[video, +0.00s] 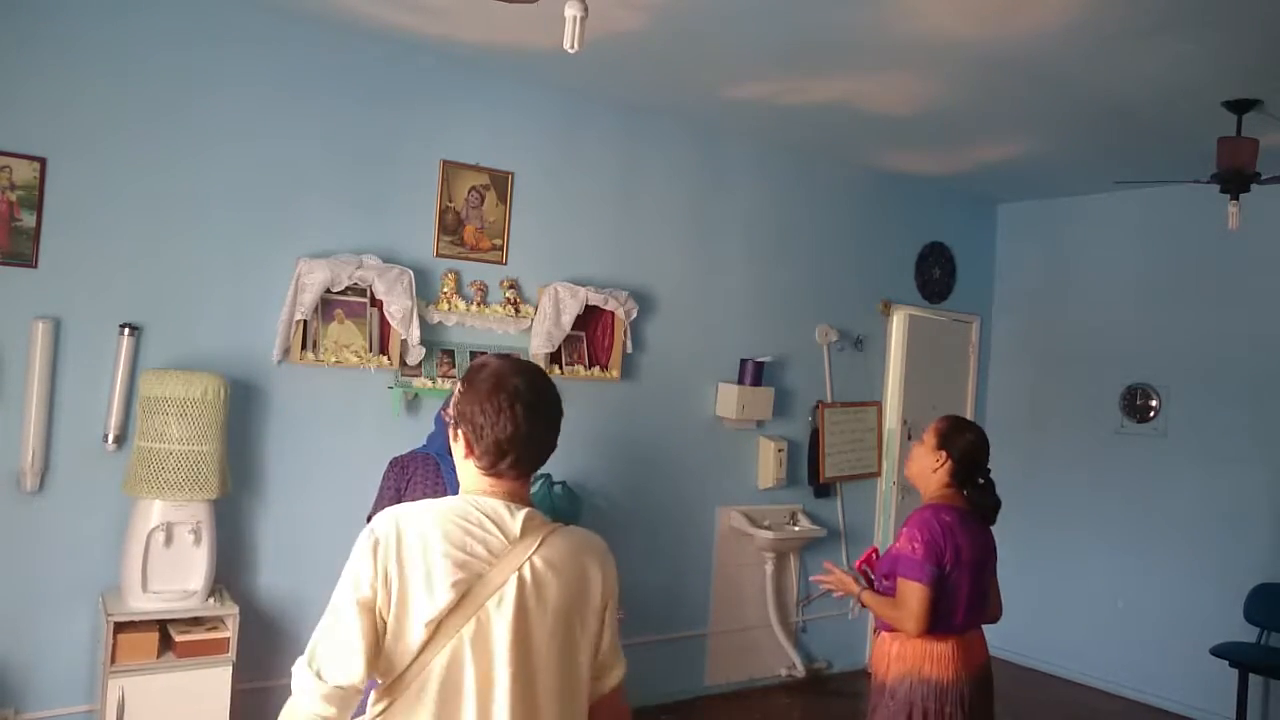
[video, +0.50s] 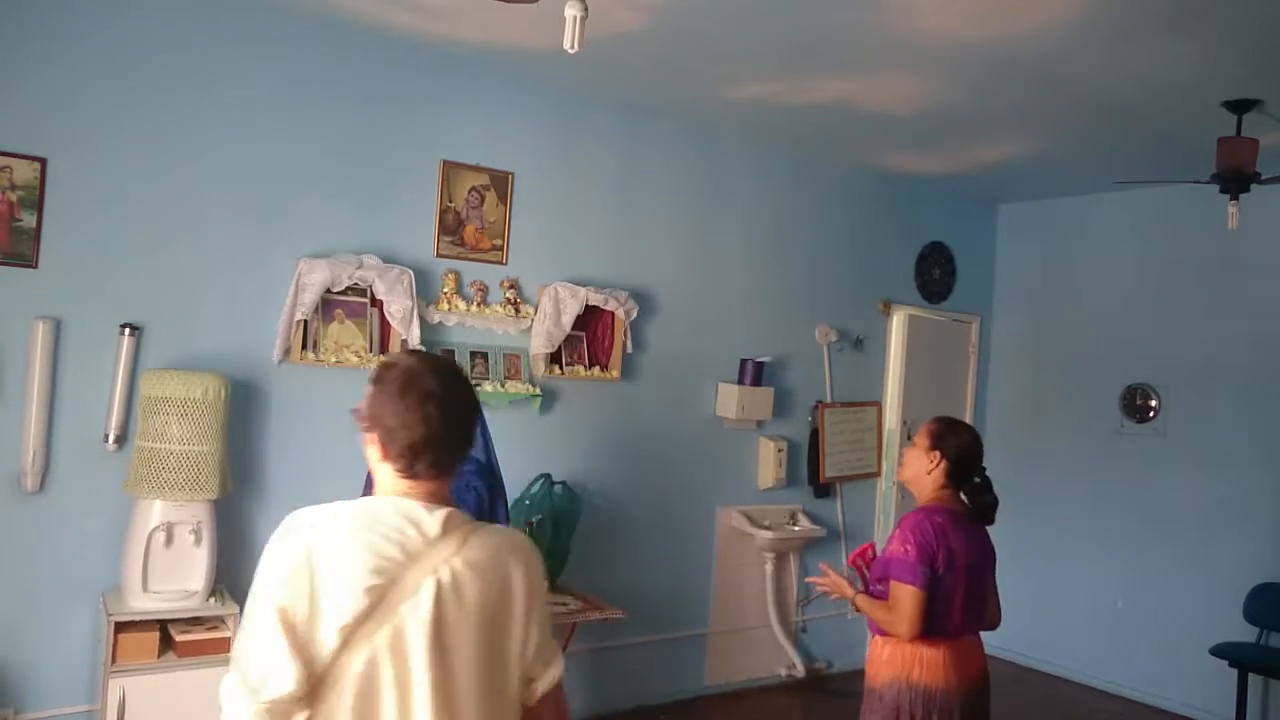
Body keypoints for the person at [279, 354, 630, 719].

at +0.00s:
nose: (447, 430)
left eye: (450, 421)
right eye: (450, 419)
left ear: (460, 440)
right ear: (549, 448)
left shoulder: (391, 536)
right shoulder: (591, 558)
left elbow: (327, 693)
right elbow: (607, 700)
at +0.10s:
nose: (444, 430)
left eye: (447, 423)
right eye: (446, 420)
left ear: (460, 441)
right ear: (545, 446)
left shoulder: (391, 535)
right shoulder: (590, 556)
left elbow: (338, 693)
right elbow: (600, 699)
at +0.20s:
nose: (432, 426)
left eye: (436, 419)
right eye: (436, 415)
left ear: (450, 439)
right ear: (534, 446)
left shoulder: (380, 533)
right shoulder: (579, 557)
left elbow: (336, 695)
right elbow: (596, 700)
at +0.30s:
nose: (414, 430)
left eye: (417, 420)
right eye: (417, 416)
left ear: (432, 439)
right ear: (516, 445)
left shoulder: (363, 531)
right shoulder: (560, 555)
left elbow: (320, 691)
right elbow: (567, 693)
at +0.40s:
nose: (390, 427)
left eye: (393, 418)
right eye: (393, 415)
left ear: (407, 439)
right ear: (494, 444)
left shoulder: (339, 537)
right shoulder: (542, 555)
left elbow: (295, 696)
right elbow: (553, 696)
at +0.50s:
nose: (360, 424)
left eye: (363, 417)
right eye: (363, 415)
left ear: (373, 438)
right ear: (464, 445)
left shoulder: (305, 540)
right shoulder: (516, 556)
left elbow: (256, 703)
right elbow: (546, 705)